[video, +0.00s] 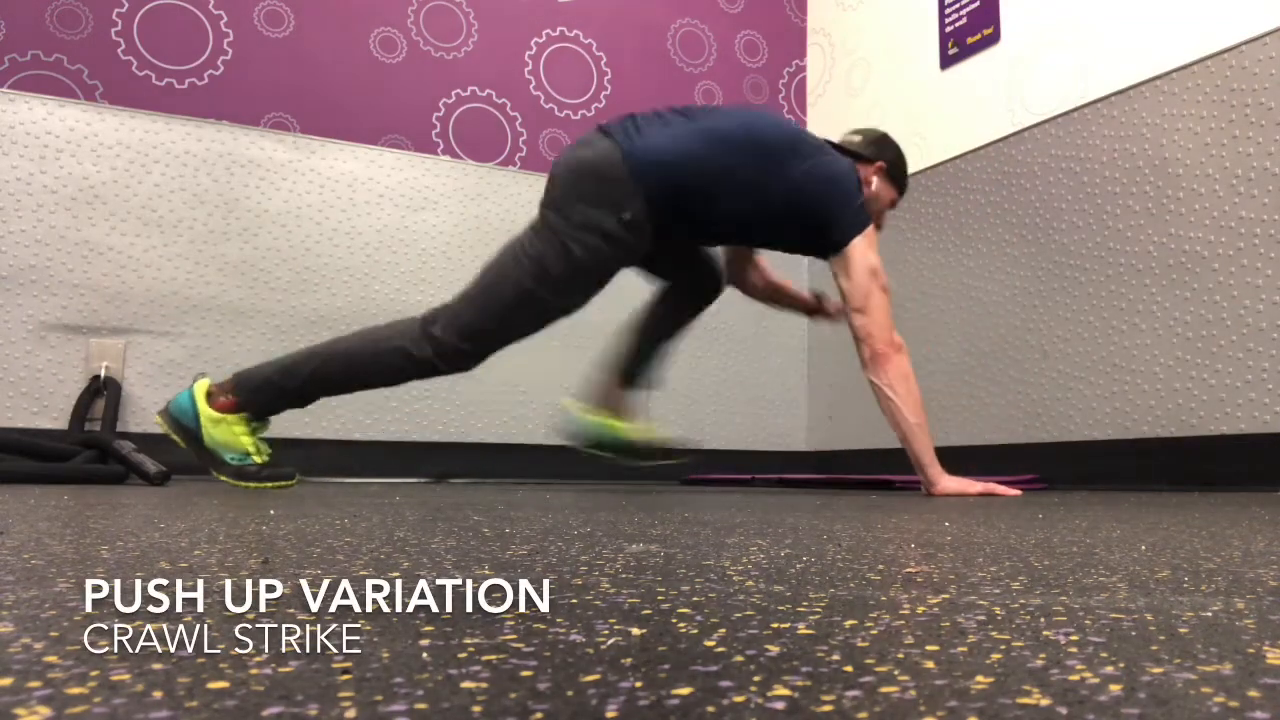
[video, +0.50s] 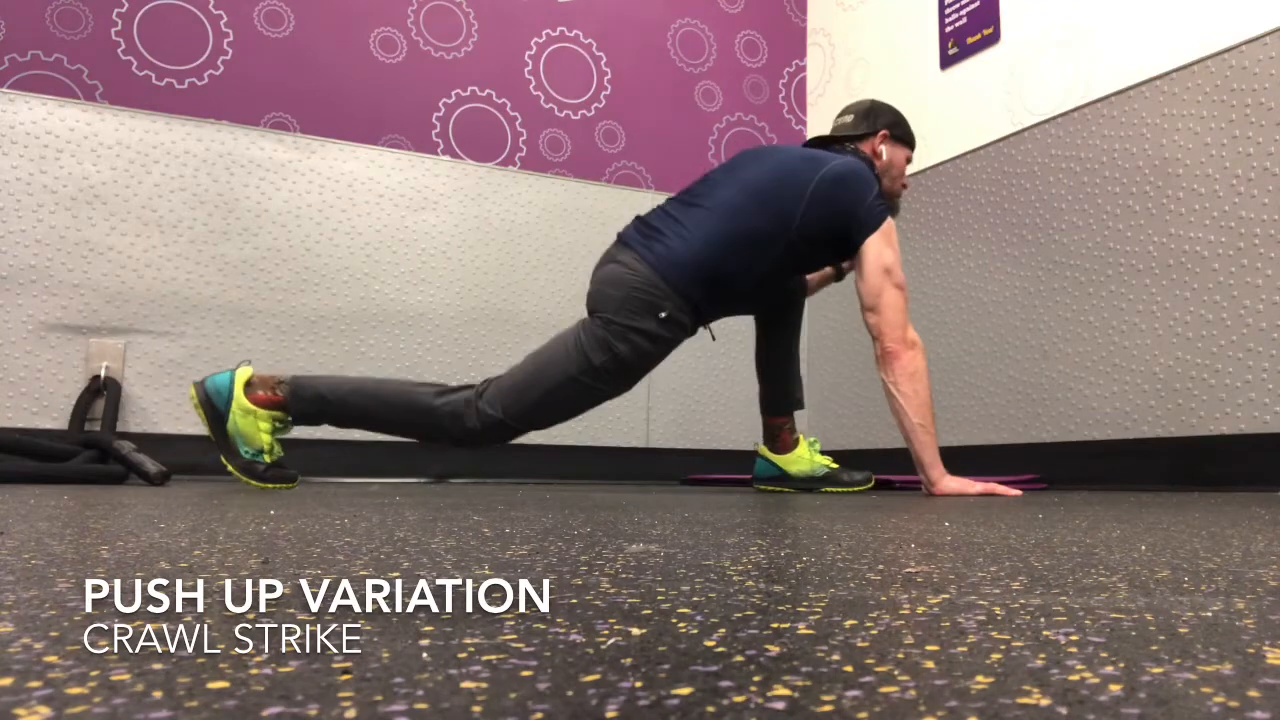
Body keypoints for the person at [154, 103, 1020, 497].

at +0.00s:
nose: (882, 221)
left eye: (885, 210)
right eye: (887, 207)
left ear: (849, 160)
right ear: (872, 182)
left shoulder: (775, 163)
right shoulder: (848, 199)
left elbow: (742, 274)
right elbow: (880, 350)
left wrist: (826, 309)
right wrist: (934, 470)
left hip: (605, 169)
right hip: (614, 188)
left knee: (707, 279)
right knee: (448, 341)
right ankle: (225, 401)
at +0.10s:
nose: (880, 210)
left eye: (885, 199)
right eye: (884, 197)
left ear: (843, 145)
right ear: (866, 170)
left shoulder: (771, 152)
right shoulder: (842, 192)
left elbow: (717, 253)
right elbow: (880, 349)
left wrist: (806, 276)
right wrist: (934, 471)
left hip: (603, 182)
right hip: (619, 211)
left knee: (734, 263)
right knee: (464, 352)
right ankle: (235, 402)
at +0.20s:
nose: (887, 199)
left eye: (892, 187)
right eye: (894, 186)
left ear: (844, 139)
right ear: (875, 162)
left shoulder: (773, 150)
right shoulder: (847, 184)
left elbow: (712, 253)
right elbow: (885, 347)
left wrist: (784, 267)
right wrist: (934, 470)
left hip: (613, 216)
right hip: (635, 242)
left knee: (749, 281)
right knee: (471, 377)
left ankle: (773, 443)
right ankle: (247, 400)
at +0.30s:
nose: (900, 188)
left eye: (902, 175)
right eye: (903, 174)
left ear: (846, 134)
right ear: (883, 152)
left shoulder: (780, 155)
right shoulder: (861, 188)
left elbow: (725, 229)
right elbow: (891, 344)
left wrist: (787, 251)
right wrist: (934, 470)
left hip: (623, 236)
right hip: (649, 268)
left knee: (771, 274)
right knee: (478, 391)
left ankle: (781, 447)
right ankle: (252, 400)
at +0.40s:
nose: (907, 176)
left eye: (907, 163)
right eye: (907, 162)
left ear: (846, 134)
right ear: (881, 145)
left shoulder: (783, 162)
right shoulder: (866, 189)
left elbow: (732, 235)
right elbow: (895, 347)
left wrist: (804, 259)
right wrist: (936, 472)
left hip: (631, 253)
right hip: (652, 285)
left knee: (782, 274)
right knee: (479, 405)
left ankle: (786, 448)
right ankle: (259, 397)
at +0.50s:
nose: (907, 176)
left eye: (907, 163)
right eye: (905, 162)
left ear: (845, 137)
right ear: (877, 146)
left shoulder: (787, 167)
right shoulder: (866, 190)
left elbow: (758, 277)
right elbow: (897, 348)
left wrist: (819, 270)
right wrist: (935, 474)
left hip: (631, 264)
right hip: (654, 298)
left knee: (786, 280)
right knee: (481, 415)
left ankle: (786, 449)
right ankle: (265, 395)